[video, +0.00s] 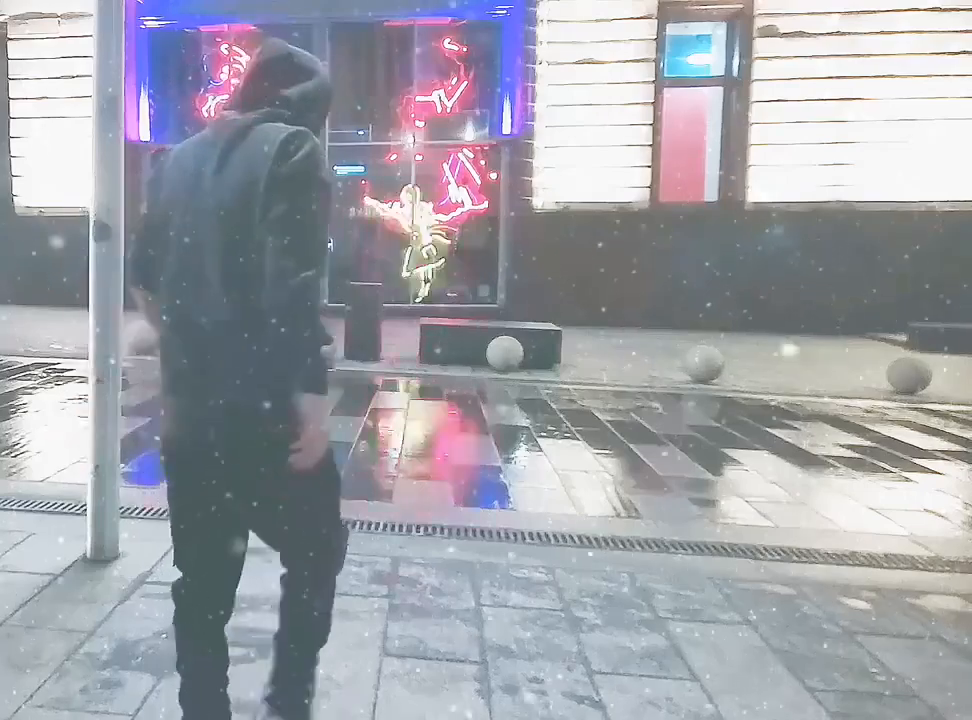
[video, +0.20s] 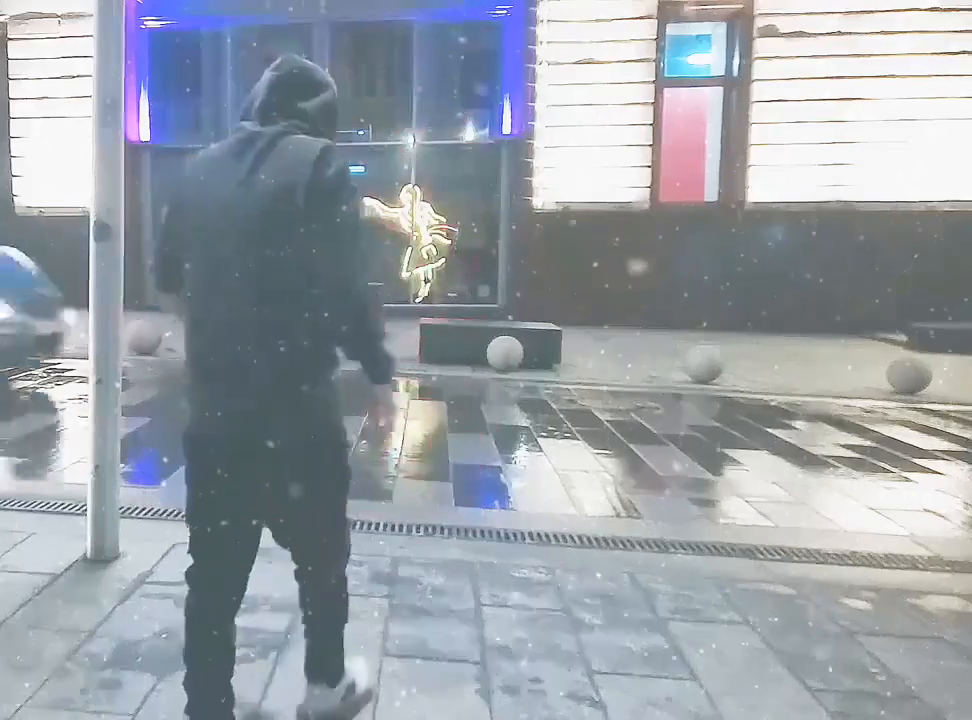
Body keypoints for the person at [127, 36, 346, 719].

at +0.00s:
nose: (313, 119)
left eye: (309, 110)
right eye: (314, 109)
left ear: (249, 95)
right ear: (303, 102)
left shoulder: (179, 157)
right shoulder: (296, 150)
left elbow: (144, 273)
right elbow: (294, 284)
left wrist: (187, 342)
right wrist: (312, 397)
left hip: (191, 409)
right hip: (270, 405)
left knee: (201, 582)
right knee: (316, 549)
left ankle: (204, 710)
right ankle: (290, 697)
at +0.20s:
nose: (327, 129)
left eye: (328, 121)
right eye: (325, 119)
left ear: (260, 106)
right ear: (310, 112)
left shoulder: (198, 167)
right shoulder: (317, 166)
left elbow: (167, 274)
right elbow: (344, 285)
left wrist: (238, 283)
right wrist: (380, 373)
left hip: (216, 396)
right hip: (297, 396)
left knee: (214, 560)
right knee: (322, 548)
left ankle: (206, 705)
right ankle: (326, 684)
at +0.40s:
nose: (358, 136)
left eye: (356, 129)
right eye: (356, 128)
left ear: (290, 118)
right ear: (348, 123)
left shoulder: (234, 175)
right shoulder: (362, 174)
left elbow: (203, 282)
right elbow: (396, 290)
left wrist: (218, 365)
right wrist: (426, 370)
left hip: (251, 385)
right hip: (331, 388)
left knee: (243, 542)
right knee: (335, 543)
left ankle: (212, 693)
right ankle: (325, 676)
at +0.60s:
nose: (379, 145)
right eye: (381, 134)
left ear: (320, 122)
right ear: (376, 130)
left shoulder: (268, 174)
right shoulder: (394, 177)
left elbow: (227, 269)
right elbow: (425, 283)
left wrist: (219, 362)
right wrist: (448, 362)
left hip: (281, 373)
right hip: (357, 378)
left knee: (274, 506)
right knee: (347, 526)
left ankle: (244, 631)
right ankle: (324, 671)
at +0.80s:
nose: (391, 147)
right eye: (392, 137)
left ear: (334, 125)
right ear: (387, 132)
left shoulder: (285, 175)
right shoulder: (404, 177)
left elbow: (247, 263)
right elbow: (433, 276)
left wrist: (243, 349)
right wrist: (451, 357)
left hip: (301, 361)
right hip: (371, 365)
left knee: (301, 488)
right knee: (357, 508)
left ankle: (287, 623)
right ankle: (326, 663)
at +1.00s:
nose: (394, 153)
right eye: (394, 145)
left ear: (339, 136)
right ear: (392, 142)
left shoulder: (296, 183)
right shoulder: (407, 183)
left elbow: (256, 274)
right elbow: (435, 281)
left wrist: (267, 352)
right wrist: (449, 362)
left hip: (310, 366)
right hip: (379, 368)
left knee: (324, 496)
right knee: (363, 496)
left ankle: (343, 613)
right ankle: (329, 656)